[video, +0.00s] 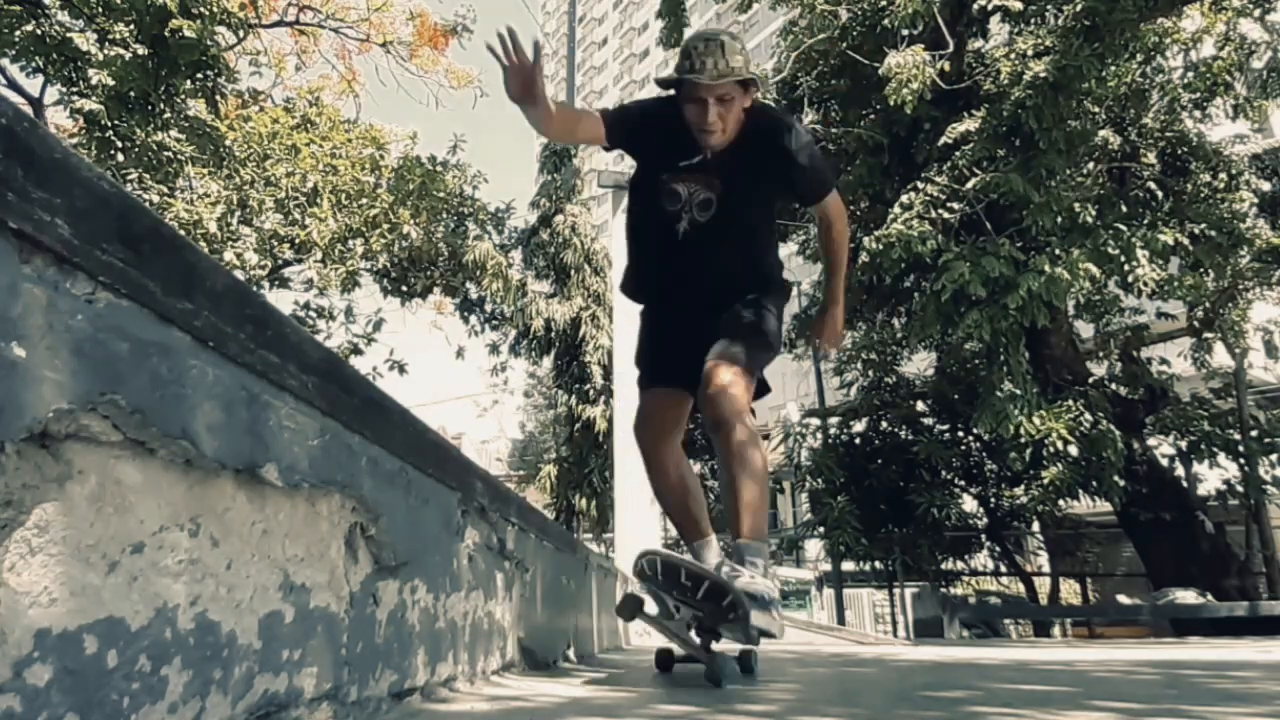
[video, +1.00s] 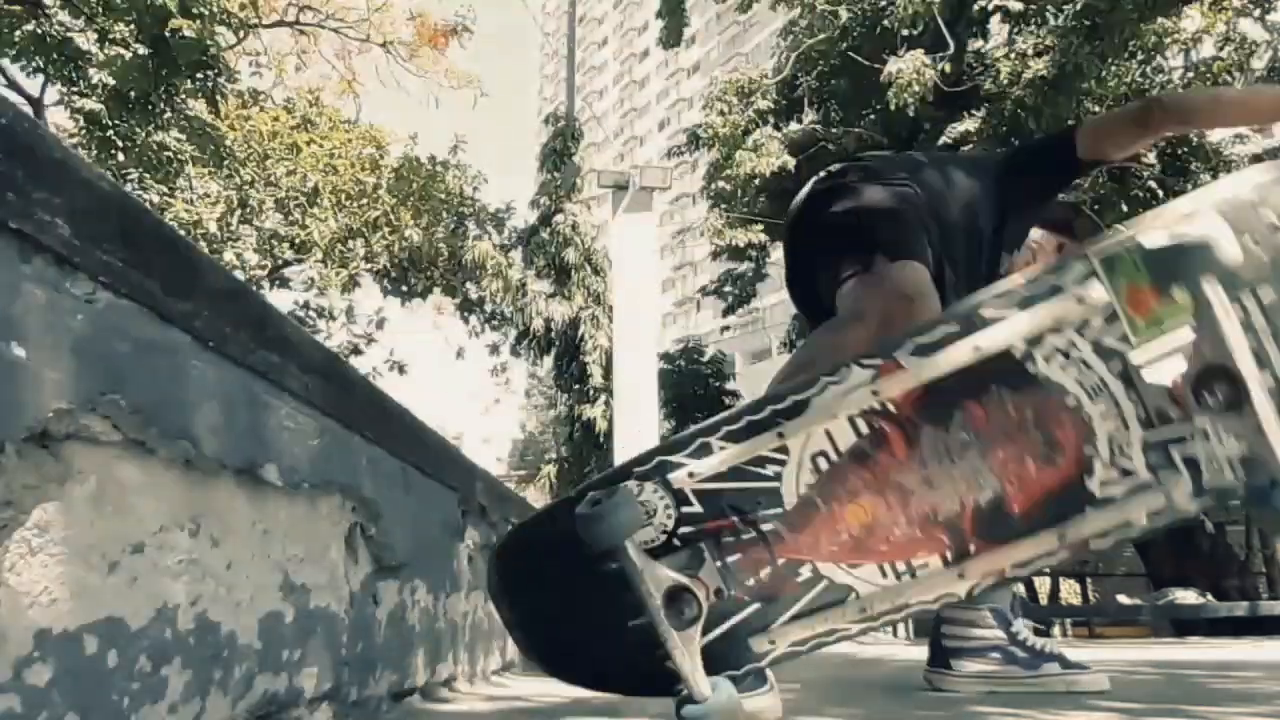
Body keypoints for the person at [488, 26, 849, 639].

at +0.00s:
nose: (709, 117)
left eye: (723, 102)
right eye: (695, 101)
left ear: (747, 97)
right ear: (679, 95)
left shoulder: (778, 140)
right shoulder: (656, 123)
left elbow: (834, 214)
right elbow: (570, 125)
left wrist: (835, 308)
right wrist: (538, 106)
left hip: (746, 297)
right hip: (671, 303)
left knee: (724, 394)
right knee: (655, 434)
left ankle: (754, 568)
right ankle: (709, 571)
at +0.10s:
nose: (762, 141)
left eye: (777, 127)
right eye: (749, 125)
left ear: (801, 117)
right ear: (728, 112)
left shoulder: (827, 168)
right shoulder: (686, 146)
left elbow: (818, 252)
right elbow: (654, 225)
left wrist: (791, 304)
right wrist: (664, 284)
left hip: (771, 310)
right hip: (688, 306)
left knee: (745, 376)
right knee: (625, 407)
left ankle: (749, 579)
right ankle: (678, 553)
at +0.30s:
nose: (902, 75)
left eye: (922, 65)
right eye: (892, 55)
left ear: (935, 85)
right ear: (861, 57)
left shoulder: (918, 170)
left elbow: (903, 305)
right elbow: (714, 68)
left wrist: (884, 433)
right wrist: (633, 56)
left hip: (799, 302)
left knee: (844, 385)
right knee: (647, 364)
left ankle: (841, 626)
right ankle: (594, 577)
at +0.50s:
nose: (1005, 132)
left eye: (1027, 128)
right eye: (997, 107)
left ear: (1031, 147)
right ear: (958, 97)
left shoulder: (989, 224)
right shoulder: (877, 108)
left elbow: (1095, 290)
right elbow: (754, 88)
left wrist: (1238, 260)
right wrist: (652, 60)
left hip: (812, 327)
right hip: (740, 246)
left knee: (951, 420)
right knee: (786, 263)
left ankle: (860, 623)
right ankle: (669, 496)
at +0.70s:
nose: (1054, 161)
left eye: (1068, 155)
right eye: (1061, 139)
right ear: (1027, 102)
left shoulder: (982, 204)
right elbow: (1054, 329)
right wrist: (1132, 401)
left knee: (1039, 392)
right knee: (1044, 394)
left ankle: (893, 585)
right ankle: (891, 586)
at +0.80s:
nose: (1050, 175)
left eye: (1063, 180)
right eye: (1057, 153)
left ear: (1053, 195)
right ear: (1029, 120)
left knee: (1068, 383)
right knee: (1065, 383)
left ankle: (926, 567)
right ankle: (923, 569)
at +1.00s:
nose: (1046, 279)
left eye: (1056, 279)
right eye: (1058, 265)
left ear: (1043, 258)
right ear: (1054, 226)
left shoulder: (979, 308)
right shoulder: (1018, 177)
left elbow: (957, 447)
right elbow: (1155, 115)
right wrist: (1270, 106)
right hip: (865, 191)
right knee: (903, 302)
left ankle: (973, 624)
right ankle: (763, 422)